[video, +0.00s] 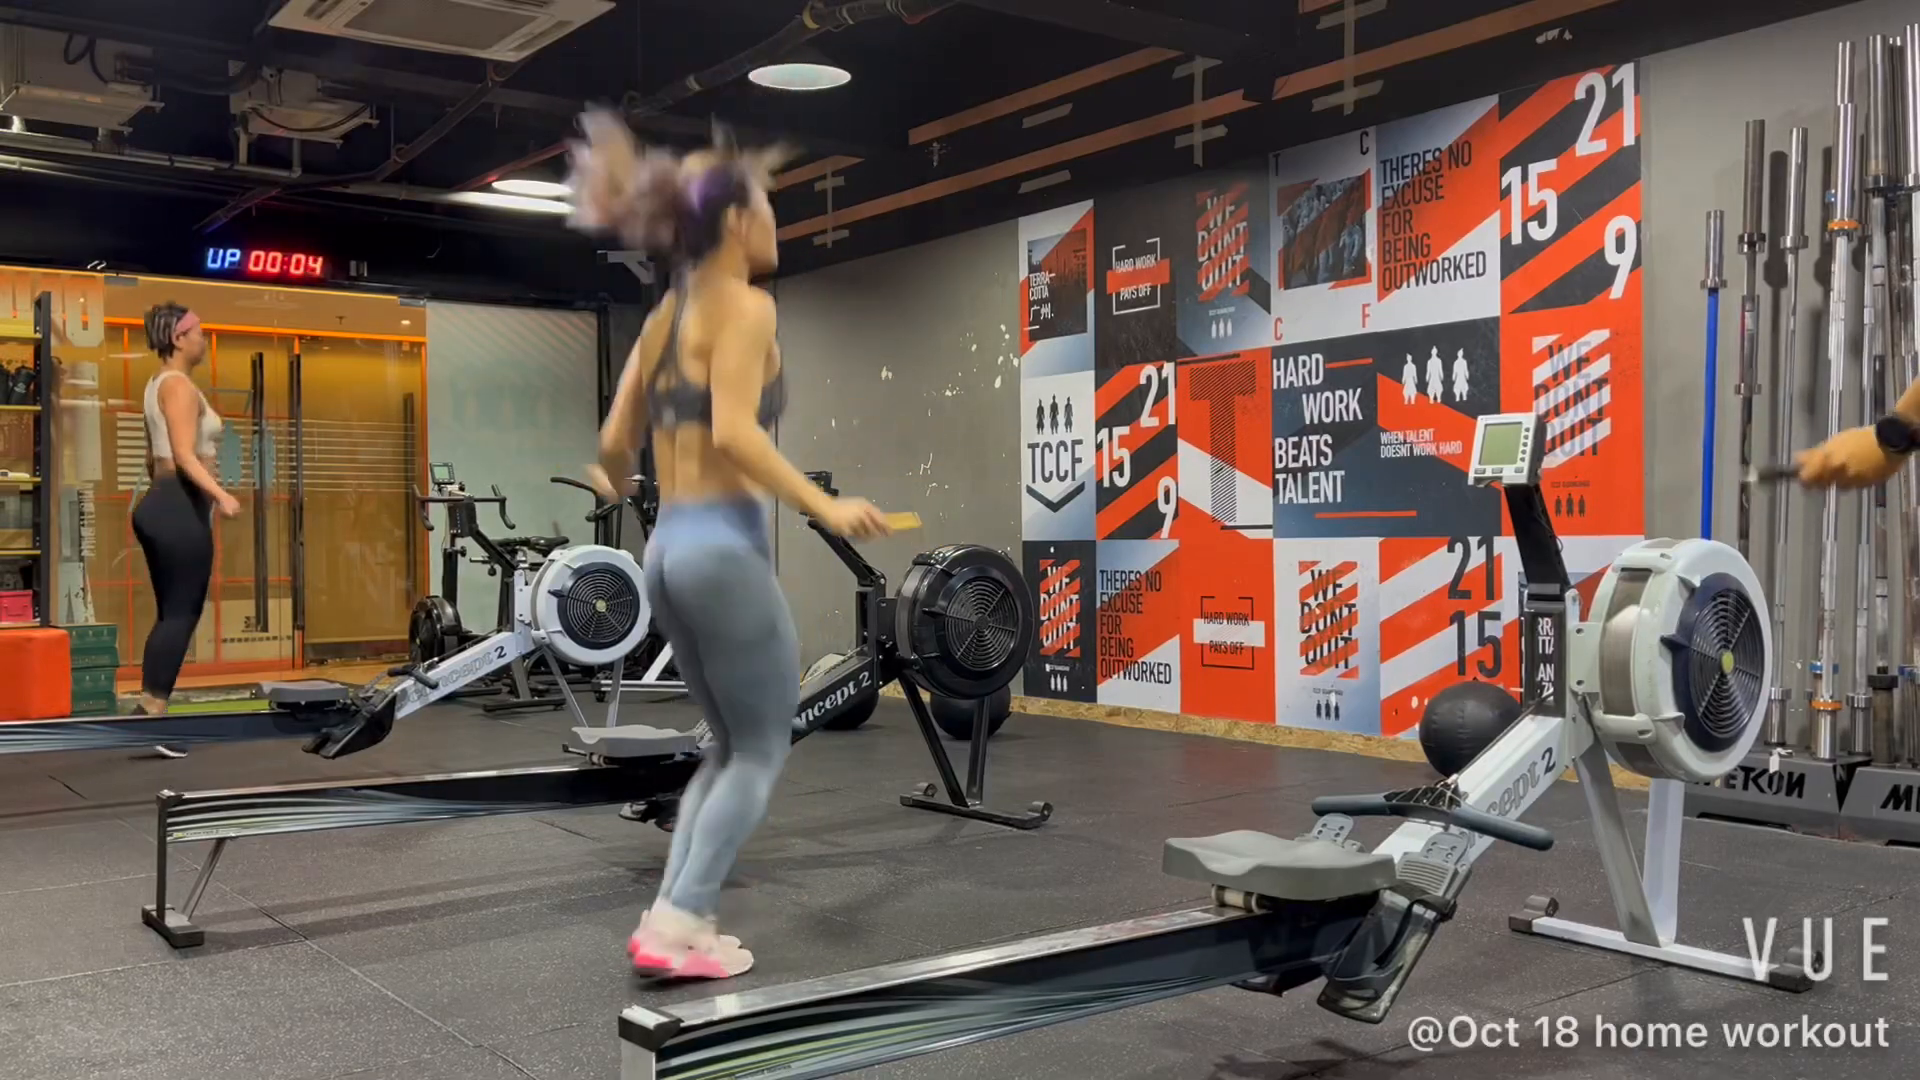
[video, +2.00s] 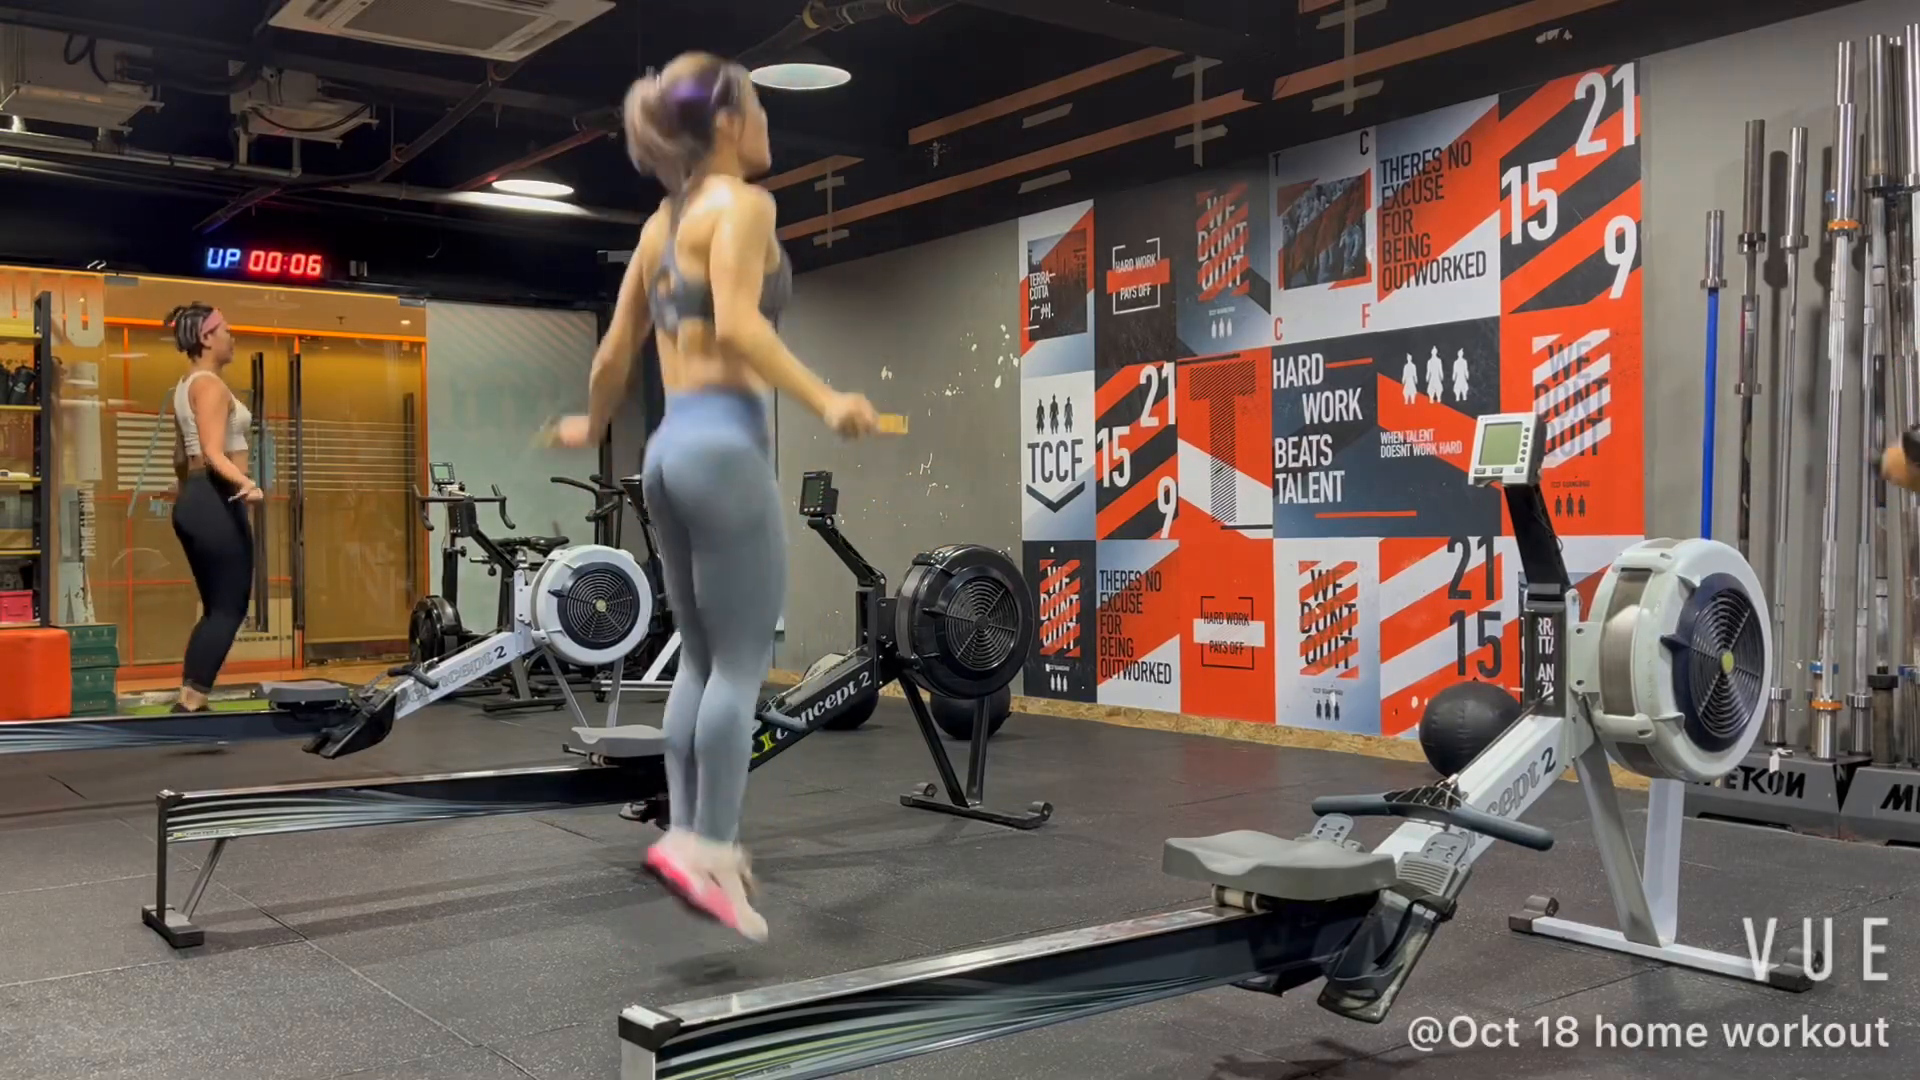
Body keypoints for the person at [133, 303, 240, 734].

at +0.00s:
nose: (205, 338)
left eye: (202, 331)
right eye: (199, 332)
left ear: (172, 340)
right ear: (179, 339)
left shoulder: (160, 385)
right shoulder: (178, 385)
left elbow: (160, 460)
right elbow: (183, 454)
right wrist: (220, 494)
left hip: (162, 501)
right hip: (179, 502)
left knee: (172, 611)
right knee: (182, 612)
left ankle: (152, 706)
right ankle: (154, 708)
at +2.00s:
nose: (232, 337)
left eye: (228, 330)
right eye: (225, 331)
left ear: (200, 340)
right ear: (208, 339)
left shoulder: (186, 387)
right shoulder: (210, 385)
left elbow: (181, 461)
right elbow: (212, 454)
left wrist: (199, 495)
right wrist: (247, 483)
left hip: (194, 496)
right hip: (212, 495)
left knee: (218, 606)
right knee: (230, 604)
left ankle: (191, 697)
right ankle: (193, 699)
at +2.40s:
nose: (229, 330)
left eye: (223, 324)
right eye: (221, 325)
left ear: (198, 339)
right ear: (204, 337)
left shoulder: (186, 385)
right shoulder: (210, 382)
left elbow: (182, 460)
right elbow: (216, 450)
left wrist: (188, 494)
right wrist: (250, 471)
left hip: (193, 497)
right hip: (210, 496)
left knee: (210, 606)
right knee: (220, 605)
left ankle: (189, 701)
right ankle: (190, 703)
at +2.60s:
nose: (234, 347)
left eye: (229, 340)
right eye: (227, 341)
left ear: (204, 351)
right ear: (210, 349)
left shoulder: (189, 396)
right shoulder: (210, 397)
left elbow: (204, 465)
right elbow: (222, 464)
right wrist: (260, 502)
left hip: (195, 514)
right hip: (212, 515)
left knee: (211, 621)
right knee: (222, 621)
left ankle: (191, 712)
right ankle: (194, 715)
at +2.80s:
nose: (231, 342)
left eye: (227, 335)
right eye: (224, 336)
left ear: (200, 346)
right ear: (206, 344)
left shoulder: (185, 392)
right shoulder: (207, 392)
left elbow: (193, 469)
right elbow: (212, 463)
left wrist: (242, 484)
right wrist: (255, 487)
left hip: (194, 509)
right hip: (209, 510)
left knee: (216, 614)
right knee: (226, 614)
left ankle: (187, 703)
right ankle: (189, 705)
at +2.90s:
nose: (232, 361)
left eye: (228, 353)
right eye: (226, 355)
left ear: (200, 362)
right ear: (207, 361)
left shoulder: (185, 406)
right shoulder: (208, 409)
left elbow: (208, 477)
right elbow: (217, 479)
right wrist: (266, 505)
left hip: (191, 526)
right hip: (208, 528)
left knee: (213, 632)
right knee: (225, 633)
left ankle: (180, 716)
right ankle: (183, 718)